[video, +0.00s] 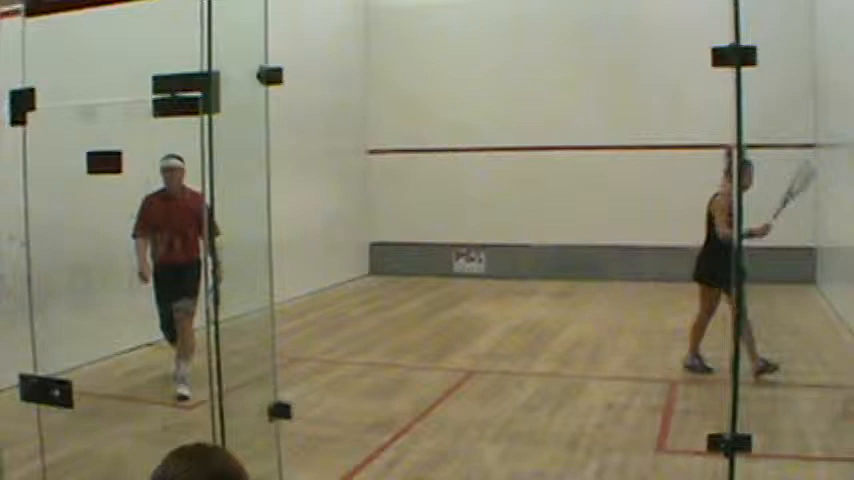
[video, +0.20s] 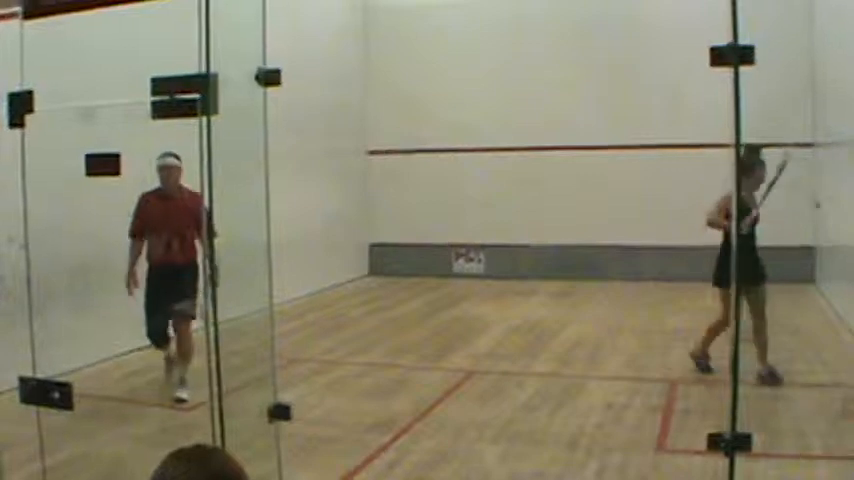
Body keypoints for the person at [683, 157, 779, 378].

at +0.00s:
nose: (750, 183)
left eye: (751, 177)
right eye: (748, 177)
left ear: (738, 176)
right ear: (736, 176)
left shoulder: (733, 200)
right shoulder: (721, 200)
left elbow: (730, 231)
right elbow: (723, 232)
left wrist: (754, 234)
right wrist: (754, 232)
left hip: (728, 260)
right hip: (713, 261)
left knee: (739, 311)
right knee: (707, 309)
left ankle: (755, 360)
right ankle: (692, 355)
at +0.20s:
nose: (763, 178)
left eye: (763, 173)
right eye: (760, 173)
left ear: (753, 175)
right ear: (748, 174)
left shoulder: (751, 199)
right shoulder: (731, 199)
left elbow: (746, 222)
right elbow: (711, 219)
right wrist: (731, 225)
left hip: (750, 258)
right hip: (731, 260)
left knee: (759, 316)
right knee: (727, 319)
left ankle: (763, 365)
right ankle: (700, 349)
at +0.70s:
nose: (788, 175)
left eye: (791, 170)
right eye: (783, 170)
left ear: (795, 172)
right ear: (773, 172)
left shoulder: (799, 200)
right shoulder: (762, 204)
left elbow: (806, 227)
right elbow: (736, 233)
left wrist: (808, 247)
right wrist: (740, 260)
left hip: (796, 265)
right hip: (770, 267)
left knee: (792, 324)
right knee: (785, 323)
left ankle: (771, 361)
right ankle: (794, 381)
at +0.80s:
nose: (785, 176)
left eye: (790, 171)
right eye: (781, 171)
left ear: (797, 172)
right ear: (776, 173)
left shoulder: (805, 200)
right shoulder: (766, 204)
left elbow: (815, 226)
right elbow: (742, 231)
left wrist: (814, 248)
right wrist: (738, 252)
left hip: (801, 268)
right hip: (776, 270)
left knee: (806, 327)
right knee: (790, 328)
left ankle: (784, 356)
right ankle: (795, 384)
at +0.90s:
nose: (785, 179)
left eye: (789, 174)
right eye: (781, 174)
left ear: (799, 173)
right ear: (777, 174)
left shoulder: (811, 200)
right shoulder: (770, 203)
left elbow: (824, 225)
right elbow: (748, 232)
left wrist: (819, 253)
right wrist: (747, 252)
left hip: (805, 267)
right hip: (778, 270)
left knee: (807, 331)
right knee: (788, 330)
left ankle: (803, 368)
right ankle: (795, 384)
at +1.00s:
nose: (785, 180)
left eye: (790, 176)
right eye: (782, 175)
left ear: (800, 173)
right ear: (779, 174)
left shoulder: (815, 199)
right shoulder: (772, 203)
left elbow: (832, 224)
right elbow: (752, 233)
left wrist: (824, 255)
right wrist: (745, 257)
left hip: (808, 268)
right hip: (781, 270)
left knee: (807, 331)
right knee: (789, 331)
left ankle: (815, 388)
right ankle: (795, 387)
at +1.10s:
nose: (784, 181)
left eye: (788, 176)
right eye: (782, 176)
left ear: (801, 174)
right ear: (780, 175)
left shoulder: (819, 199)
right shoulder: (776, 204)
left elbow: (840, 223)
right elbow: (758, 233)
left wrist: (831, 256)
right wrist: (750, 250)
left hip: (811, 270)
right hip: (785, 271)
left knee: (809, 332)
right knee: (790, 332)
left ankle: (816, 394)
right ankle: (795, 385)